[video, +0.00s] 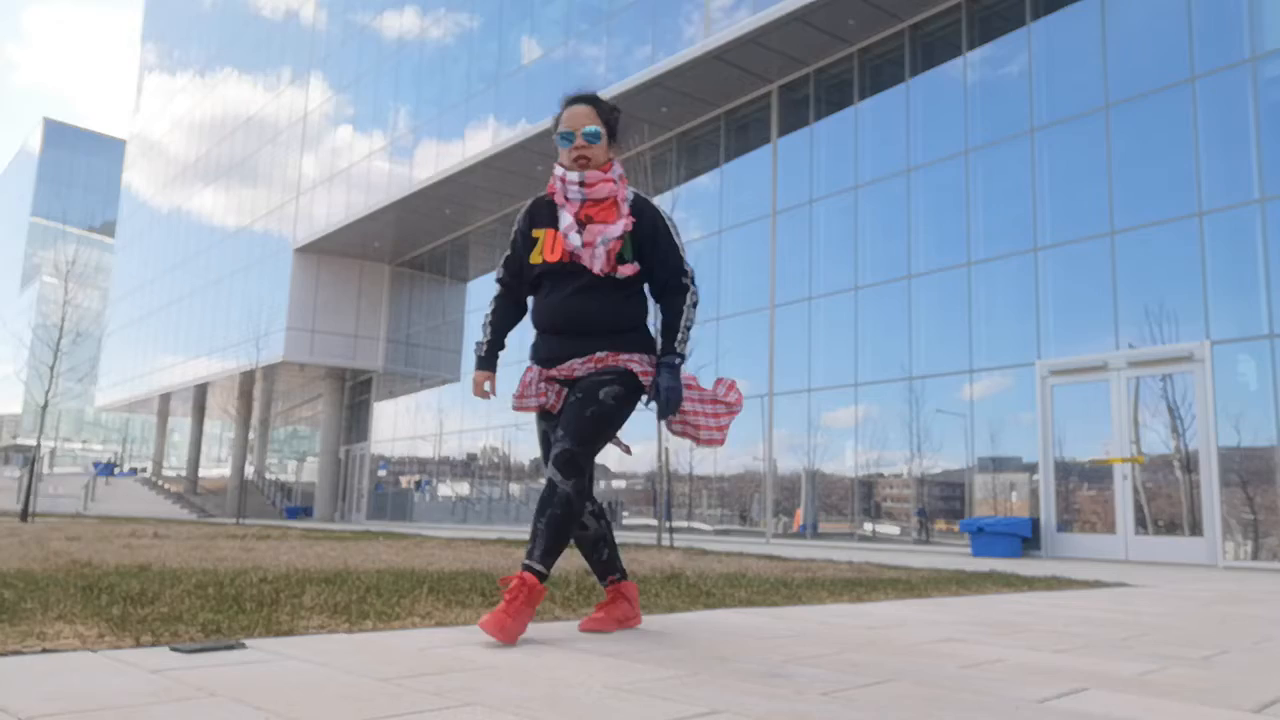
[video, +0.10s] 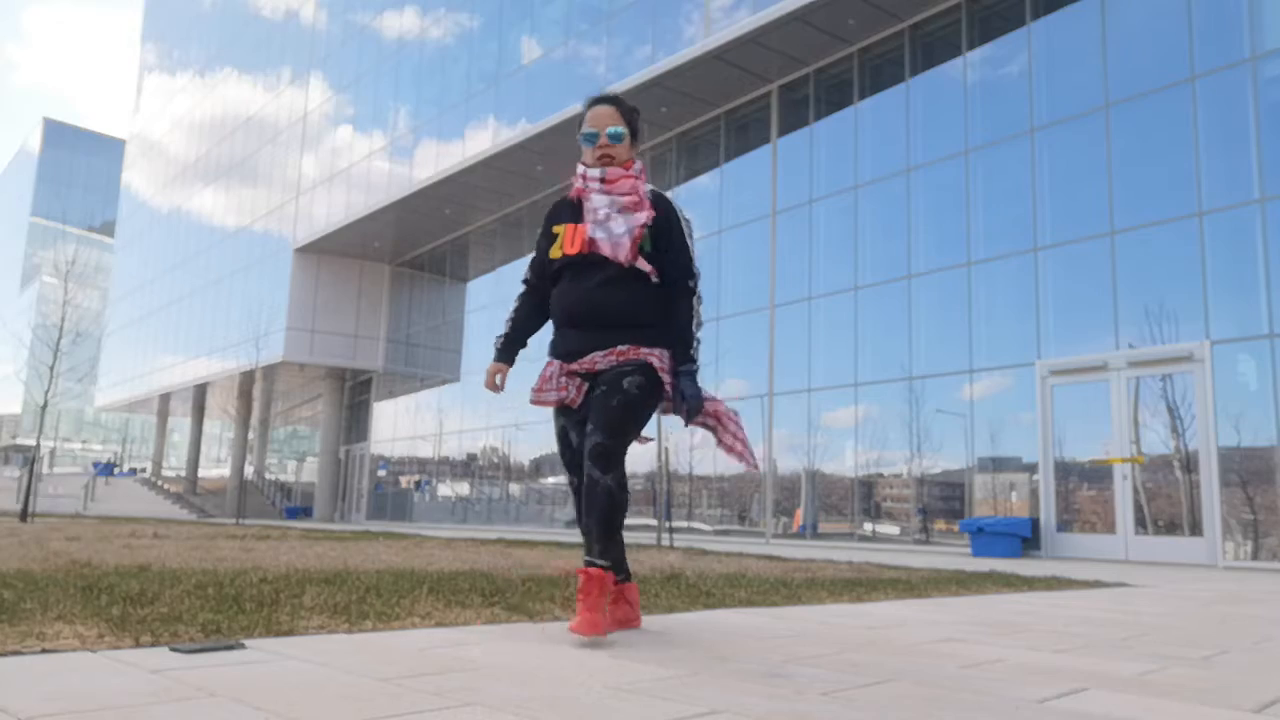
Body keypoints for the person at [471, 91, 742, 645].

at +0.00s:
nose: (579, 148)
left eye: (592, 137)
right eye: (567, 137)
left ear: (612, 145)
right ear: (555, 146)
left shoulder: (638, 213)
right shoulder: (539, 215)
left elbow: (679, 290)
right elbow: (511, 289)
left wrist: (672, 362)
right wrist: (488, 351)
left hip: (618, 360)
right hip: (552, 366)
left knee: (568, 453)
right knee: (566, 478)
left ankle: (525, 590)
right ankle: (620, 593)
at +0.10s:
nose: (602, 146)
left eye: (615, 136)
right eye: (591, 137)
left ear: (634, 146)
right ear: (579, 146)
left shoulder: (656, 211)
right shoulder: (562, 213)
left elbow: (681, 292)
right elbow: (538, 287)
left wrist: (685, 373)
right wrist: (507, 351)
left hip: (637, 356)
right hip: (572, 361)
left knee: (600, 449)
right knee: (583, 473)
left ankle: (595, 580)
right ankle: (621, 588)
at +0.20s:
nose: (624, 142)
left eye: (635, 133)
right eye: (612, 134)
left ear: (653, 143)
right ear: (599, 145)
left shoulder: (677, 208)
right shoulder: (581, 213)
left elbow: (703, 290)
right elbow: (555, 284)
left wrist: (703, 366)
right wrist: (525, 336)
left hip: (657, 356)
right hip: (592, 362)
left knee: (646, 459)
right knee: (598, 476)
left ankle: (667, 588)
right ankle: (622, 595)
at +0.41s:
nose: (660, 139)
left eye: (671, 130)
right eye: (650, 131)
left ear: (689, 139)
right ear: (637, 142)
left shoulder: (719, 205)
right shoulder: (621, 209)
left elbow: (747, 280)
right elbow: (590, 265)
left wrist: (754, 349)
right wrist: (572, 298)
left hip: (702, 360)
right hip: (630, 365)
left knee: (720, 479)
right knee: (624, 480)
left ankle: (750, 599)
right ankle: (624, 596)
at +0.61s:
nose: (698, 132)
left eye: (708, 123)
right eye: (686, 124)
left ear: (725, 134)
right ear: (672, 139)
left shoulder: (757, 204)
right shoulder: (655, 210)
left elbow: (795, 270)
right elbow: (623, 278)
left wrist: (819, 328)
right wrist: (649, 265)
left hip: (747, 359)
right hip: (675, 362)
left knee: (751, 482)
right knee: (670, 475)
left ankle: (759, 604)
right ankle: (671, 586)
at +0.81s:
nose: (714, 138)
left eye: (724, 129)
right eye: (703, 130)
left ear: (741, 137)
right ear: (689, 140)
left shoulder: (769, 205)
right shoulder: (673, 205)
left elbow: (809, 273)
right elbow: (660, 271)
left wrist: (849, 327)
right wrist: (737, 251)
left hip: (775, 358)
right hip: (704, 363)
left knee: (771, 479)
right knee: (727, 471)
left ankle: (764, 603)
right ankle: (724, 591)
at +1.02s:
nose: (723, 129)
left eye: (733, 120)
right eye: (712, 121)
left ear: (750, 130)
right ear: (696, 134)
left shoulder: (781, 199)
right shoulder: (680, 202)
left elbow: (812, 277)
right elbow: (666, 267)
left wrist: (839, 346)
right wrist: (747, 251)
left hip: (774, 357)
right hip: (700, 359)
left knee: (769, 482)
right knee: (675, 471)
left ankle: (762, 604)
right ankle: (666, 580)